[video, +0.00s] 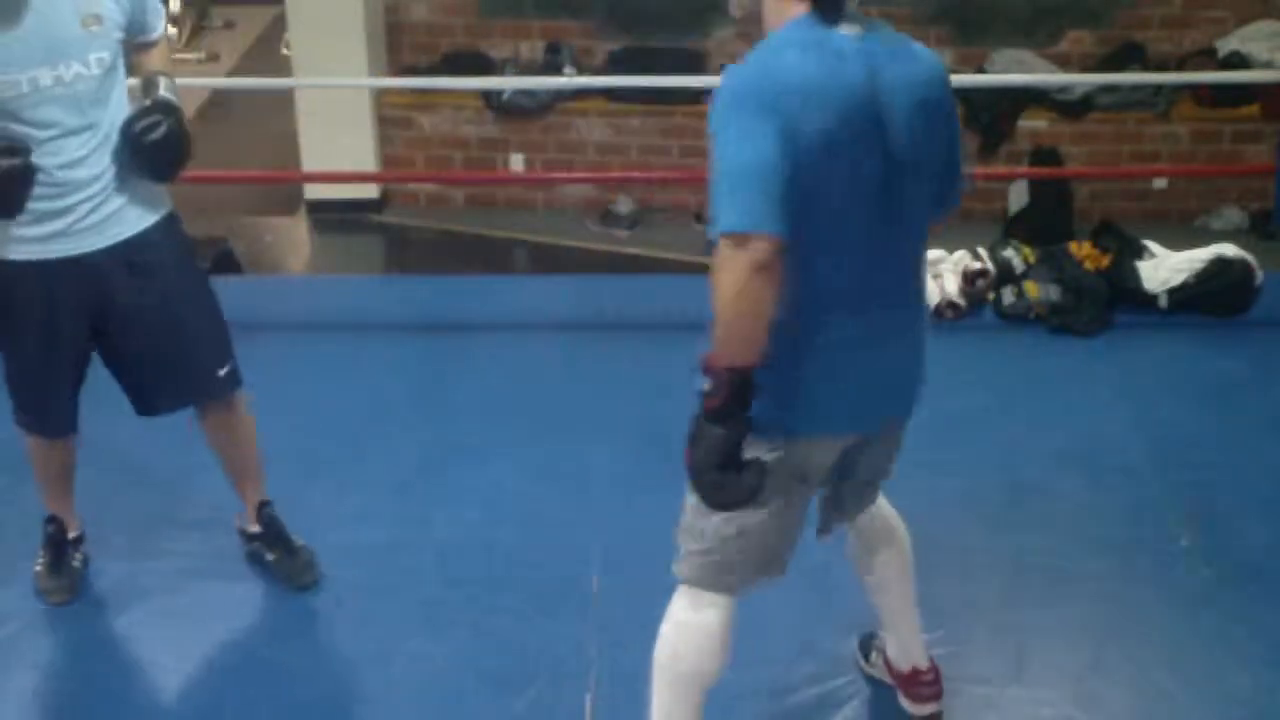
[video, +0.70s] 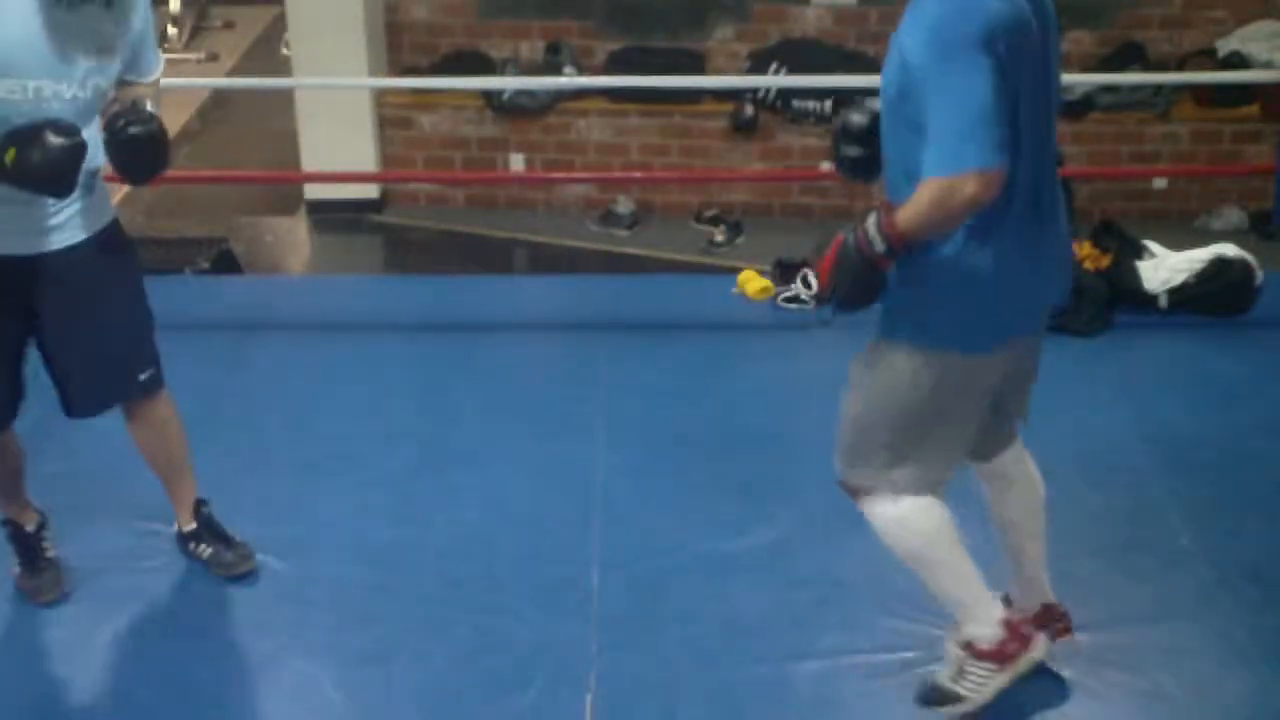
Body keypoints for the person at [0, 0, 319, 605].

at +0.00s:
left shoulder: (116, 4)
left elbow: (148, 46)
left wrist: (161, 103)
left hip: (134, 224)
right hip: (26, 249)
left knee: (217, 383)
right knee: (44, 415)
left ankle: (259, 518)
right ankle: (61, 532)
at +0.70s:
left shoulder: (127, 8)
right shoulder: (11, 15)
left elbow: (135, 85)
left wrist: (136, 132)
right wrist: (5, 153)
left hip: (84, 228)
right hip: (4, 245)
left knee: (141, 383)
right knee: (1, 418)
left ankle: (193, 521)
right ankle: (23, 524)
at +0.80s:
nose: (104, 6)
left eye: (111, 3)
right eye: (94, 4)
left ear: (116, 0)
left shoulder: (125, 13)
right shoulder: (10, 23)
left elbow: (134, 88)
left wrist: (128, 134)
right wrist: (6, 167)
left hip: (70, 226)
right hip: (3, 235)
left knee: (139, 377)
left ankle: (191, 519)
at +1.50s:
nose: (60, 65)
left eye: (62, 46)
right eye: (44, 54)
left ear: (67, 36)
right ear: (9, 60)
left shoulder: (73, 83)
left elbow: (111, 208)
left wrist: (121, 166)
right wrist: (34, 197)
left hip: (39, 270)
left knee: (170, 391)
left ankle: (258, 528)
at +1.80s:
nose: (124, 48)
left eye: (131, 33)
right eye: (109, 39)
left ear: (137, 19)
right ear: (61, 31)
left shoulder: (136, 50)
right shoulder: (8, 61)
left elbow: (190, 165)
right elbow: (7, 200)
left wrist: (200, 112)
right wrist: (91, 143)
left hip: (103, 253)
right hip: (12, 271)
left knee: (208, 383)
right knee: (0, 423)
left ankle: (262, 529)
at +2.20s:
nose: (84, 16)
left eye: (91, 6)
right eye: (69, 7)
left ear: (101, 1)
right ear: (27, 2)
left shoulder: (115, 29)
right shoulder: (5, 56)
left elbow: (169, 161)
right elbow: (4, 188)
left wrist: (163, 112)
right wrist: (52, 126)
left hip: (123, 257)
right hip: (17, 280)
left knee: (238, 384)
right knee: (6, 433)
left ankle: (328, 513)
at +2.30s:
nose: (126, 29)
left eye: (138, 17)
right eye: (115, 15)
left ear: (148, 11)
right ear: (71, 2)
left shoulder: (154, 37)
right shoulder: (14, 44)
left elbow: (212, 163)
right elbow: (22, 190)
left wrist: (206, 100)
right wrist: (95, 128)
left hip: (150, 261)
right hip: (32, 277)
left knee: (261, 389)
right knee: (4, 427)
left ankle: (338, 523)